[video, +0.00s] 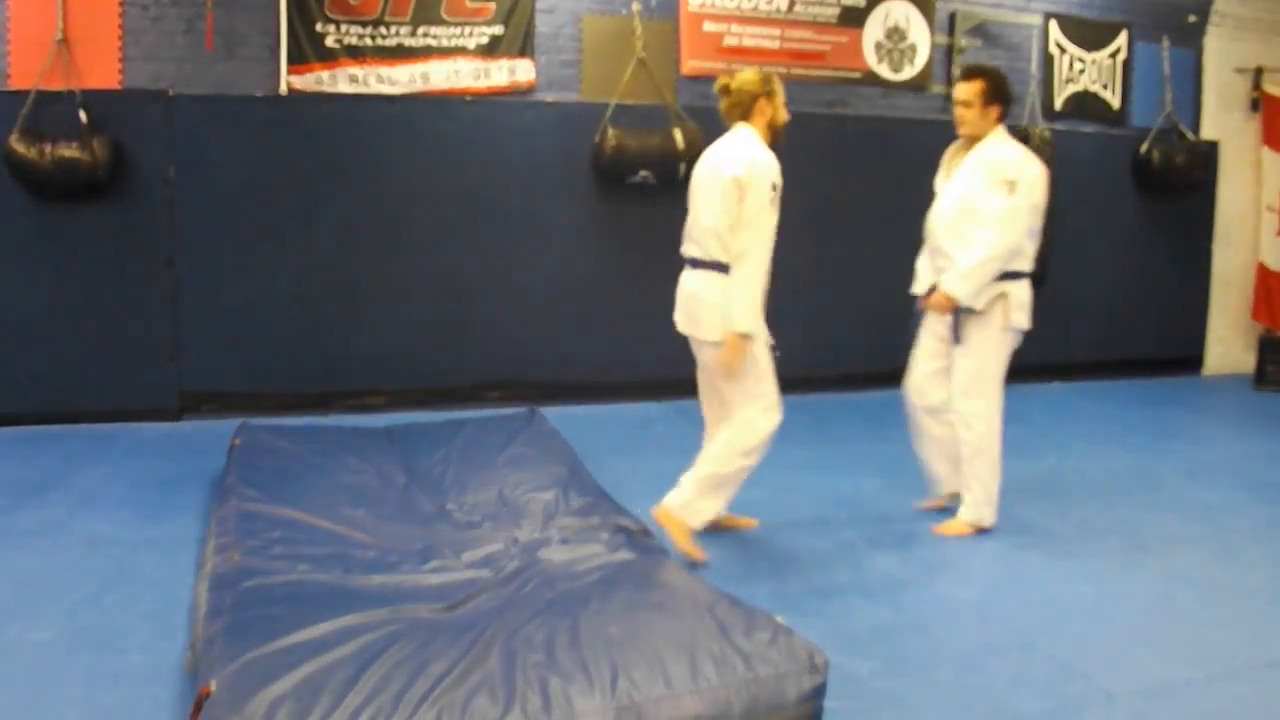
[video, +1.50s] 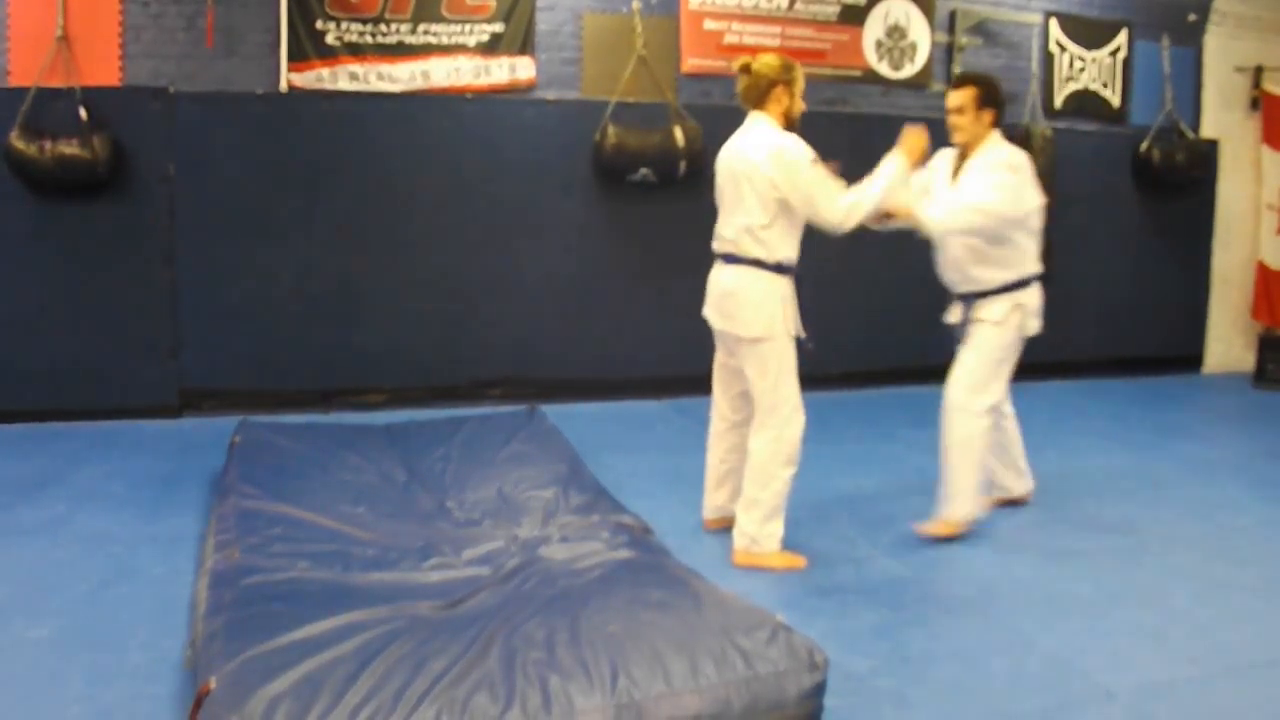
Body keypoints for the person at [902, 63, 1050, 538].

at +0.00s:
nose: (957, 114)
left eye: (967, 106)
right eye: (955, 105)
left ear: (995, 110)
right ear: (956, 107)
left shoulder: (1023, 168)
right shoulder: (955, 157)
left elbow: (1006, 242)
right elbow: (938, 229)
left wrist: (956, 289)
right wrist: (925, 280)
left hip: (995, 296)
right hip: (948, 294)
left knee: (976, 400)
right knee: (923, 390)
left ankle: (979, 510)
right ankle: (950, 484)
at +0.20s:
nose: (993, 126)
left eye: (1003, 118)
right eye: (990, 117)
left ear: (1029, 123)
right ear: (985, 121)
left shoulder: (1060, 176)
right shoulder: (981, 175)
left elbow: (1074, 243)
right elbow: (961, 234)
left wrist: (1033, 292)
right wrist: (949, 288)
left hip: (1040, 304)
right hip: (993, 301)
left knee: (1008, 400)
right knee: (1009, 394)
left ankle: (980, 507)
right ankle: (1034, 474)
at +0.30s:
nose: (1007, 126)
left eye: (1017, 118)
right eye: (1003, 117)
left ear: (1042, 120)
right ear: (1000, 120)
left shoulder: (1079, 173)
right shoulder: (998, 174)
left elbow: (1085, 244)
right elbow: (978, 237)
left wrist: (1067, 303)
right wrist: (959, 294)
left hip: (1054, 297)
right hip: (1009, 296)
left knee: (1028, 397)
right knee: (1018, 394)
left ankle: (1003, 498)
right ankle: (1038, 472)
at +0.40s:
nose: (1027, 122)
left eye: (1036, 113)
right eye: (1023, 113)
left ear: (1062, 116)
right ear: (1019, 117)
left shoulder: (1099, 171)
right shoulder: (1014, 169)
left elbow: (1113, 239)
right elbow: (993, 230)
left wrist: (1083, 295)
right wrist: (980, 284)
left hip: (1070, 299)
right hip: (1023, 297)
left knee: (1057, 397)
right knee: (1022, 394)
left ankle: (1068, 492)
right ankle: (1033, 477)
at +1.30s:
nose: (1001, 124)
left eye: (1010, 116)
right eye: (998, 116)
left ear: (1039, 120)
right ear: (998, 121)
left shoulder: (1068, 169)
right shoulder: (991, 172)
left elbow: (1097, 226)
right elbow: (967, 212)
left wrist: (1040, 252)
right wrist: (963, 238)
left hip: (1061, 307)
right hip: (1008, 307)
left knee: (1060, 401)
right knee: (997, 401)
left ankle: (1116, 471)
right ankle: (1012, 487)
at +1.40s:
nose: (975, 123)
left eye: (984, 114)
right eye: (972, 114)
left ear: (1012, 118)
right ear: (972, 119)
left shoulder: (1042, 170)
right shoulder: (968, 168)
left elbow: (1042, 227)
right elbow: (941, 202)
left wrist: (983, 238)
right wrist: (930, 221)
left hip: (1036, 300)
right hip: (986, 301)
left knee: (1008, 395)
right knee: (984, 399)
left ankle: (1054, 477)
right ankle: (1011, 483)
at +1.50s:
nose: (951, 120)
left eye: (960, 112)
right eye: (948, 112)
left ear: (988, 116)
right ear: (949, 115)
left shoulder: (1008, 166)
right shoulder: (945, 162)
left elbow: (966, 218)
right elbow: (905, 200)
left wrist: (912, 212)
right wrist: (848, 196)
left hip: (1009, 300)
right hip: (971, 299)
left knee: (964, 394)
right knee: (989, 394)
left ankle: (956, 512)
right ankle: (1012, 482)